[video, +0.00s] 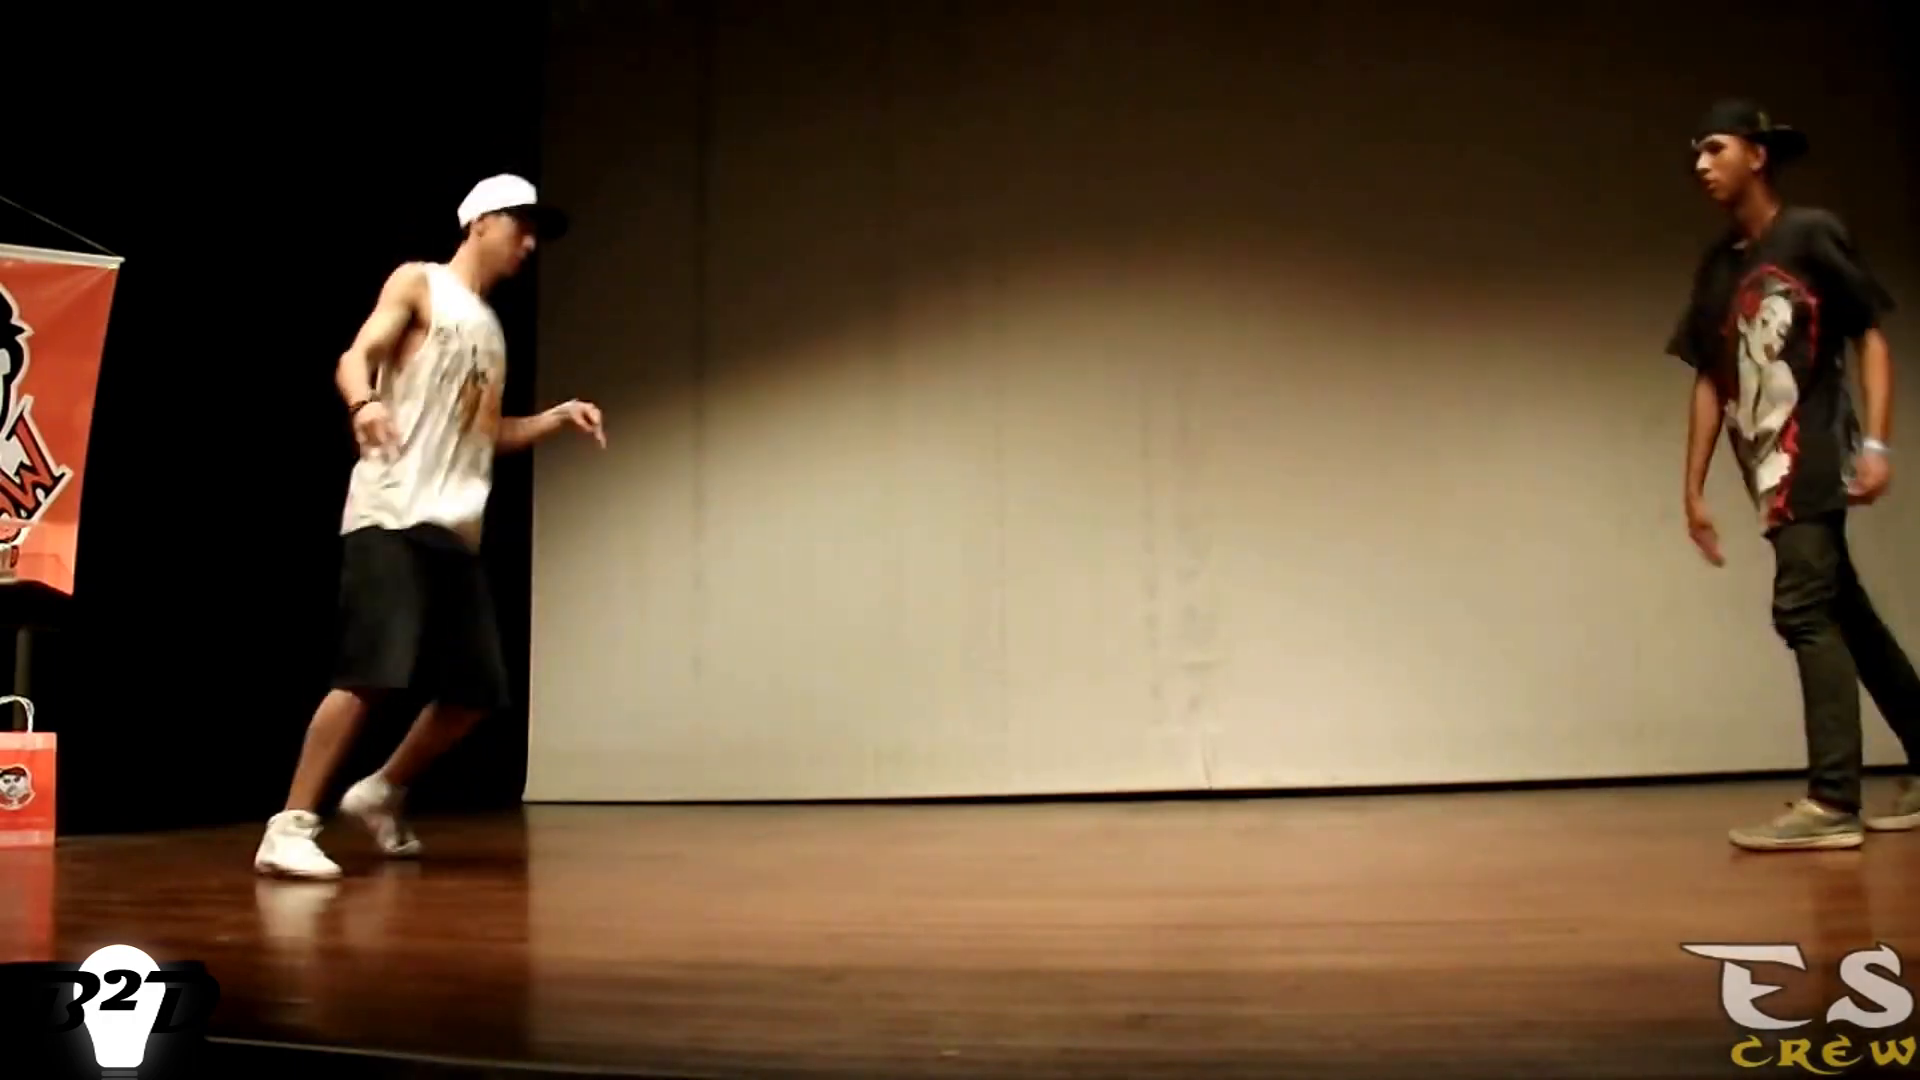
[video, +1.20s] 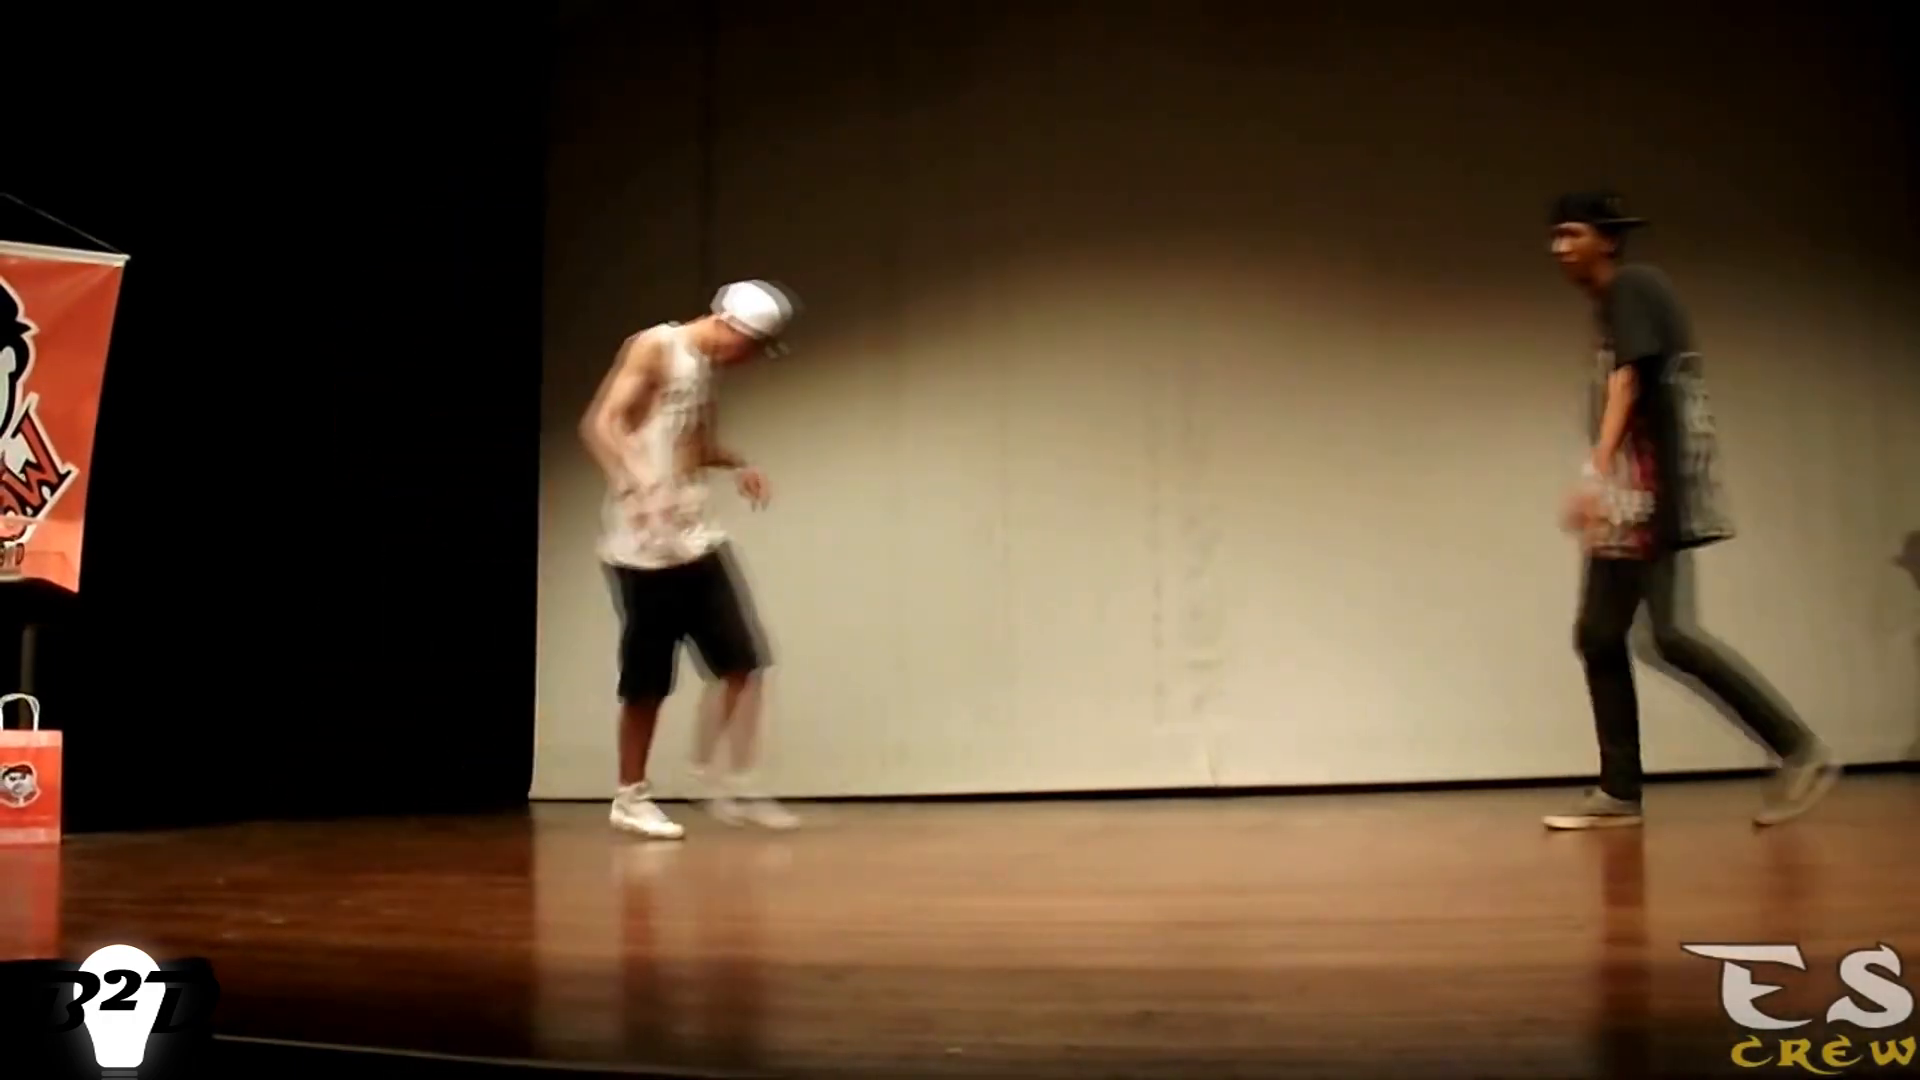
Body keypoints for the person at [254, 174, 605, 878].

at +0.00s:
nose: (527, 243)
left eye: (531, 232)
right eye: (519, 226)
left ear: (510, 240)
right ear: (479, 225)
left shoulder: (489, 331)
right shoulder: (416, 282)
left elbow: (490, 432)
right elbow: (355, 358)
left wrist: (558, 417)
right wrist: (363, 404)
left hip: (452, 530)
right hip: (386, 514)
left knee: (474, 689)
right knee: (372, 668)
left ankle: (380, 794)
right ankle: (291, 826)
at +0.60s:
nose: (559, 338)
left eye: (567, 330)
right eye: (560, 324)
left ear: (554, 317)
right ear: (536, 300)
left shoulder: (523, 359)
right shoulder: (460, 330)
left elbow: (502, 443)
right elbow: (395, 398)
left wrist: (550, 450)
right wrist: (375, 454)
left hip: (483, 541)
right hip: (429, 532)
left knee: (463, 673)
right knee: (393, 665)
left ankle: (423, 797)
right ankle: (323, 792)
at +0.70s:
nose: (589, 332)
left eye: (597, 326)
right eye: (592, 320)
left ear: (585, 311)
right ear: (573, 294)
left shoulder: (551, 340)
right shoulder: (495, 310)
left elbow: (534, 403)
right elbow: (425, 374)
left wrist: (576, 421)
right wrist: (400, 446)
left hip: (508, 515)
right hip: (460, 509)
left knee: (480, 656)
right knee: (442, 651)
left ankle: (445, 783)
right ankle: (390, 774)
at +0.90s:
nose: (645, 368)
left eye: (652, 360)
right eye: (644, 353)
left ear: (633, 348)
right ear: (617, 333)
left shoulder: (600, 399)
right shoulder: (547, 362)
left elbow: (613, 451)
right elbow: (483, 412)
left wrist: (664, 461)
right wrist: (437, 464)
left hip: (544, 551)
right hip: (520, 549)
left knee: (510, 678)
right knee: (570, 679)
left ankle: (446, 790)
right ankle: (607, 797)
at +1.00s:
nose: (677, 380)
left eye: (684, 373)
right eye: (680, 369)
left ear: (665, 356)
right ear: (658, 347)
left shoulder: (633, 395)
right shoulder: (582, 373)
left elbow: (639, 471)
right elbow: (523, 436)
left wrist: (699, 482)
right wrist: (479, 500)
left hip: (596, 555)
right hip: (566, 555)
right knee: (626, 678)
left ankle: (489, 772)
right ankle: (625, 807)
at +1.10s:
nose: (708, 371)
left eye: (715, 364)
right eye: (710, 359)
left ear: (700, 345)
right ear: (690, 337)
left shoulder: (668, 382)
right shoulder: (618, 363)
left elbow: (659, 466)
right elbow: (559, 432)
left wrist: (714, 477)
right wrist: (553, 507)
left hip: (648, 545)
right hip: (604, 545)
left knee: (681, 677)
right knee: (644, 678)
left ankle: (585, 746)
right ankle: (626, 805)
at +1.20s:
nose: (747, 357)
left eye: (755, 350)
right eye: (749, 345)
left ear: (737, 334)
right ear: (726, 322)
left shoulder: (701, 367)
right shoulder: (653, 347)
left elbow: (695, 449)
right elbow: (600, 423)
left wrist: (738, 467)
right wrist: (640, 484)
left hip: (695, 545)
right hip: (642, 551)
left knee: (741, 665)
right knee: (645, 680)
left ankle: (726, 784)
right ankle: (630, 797)